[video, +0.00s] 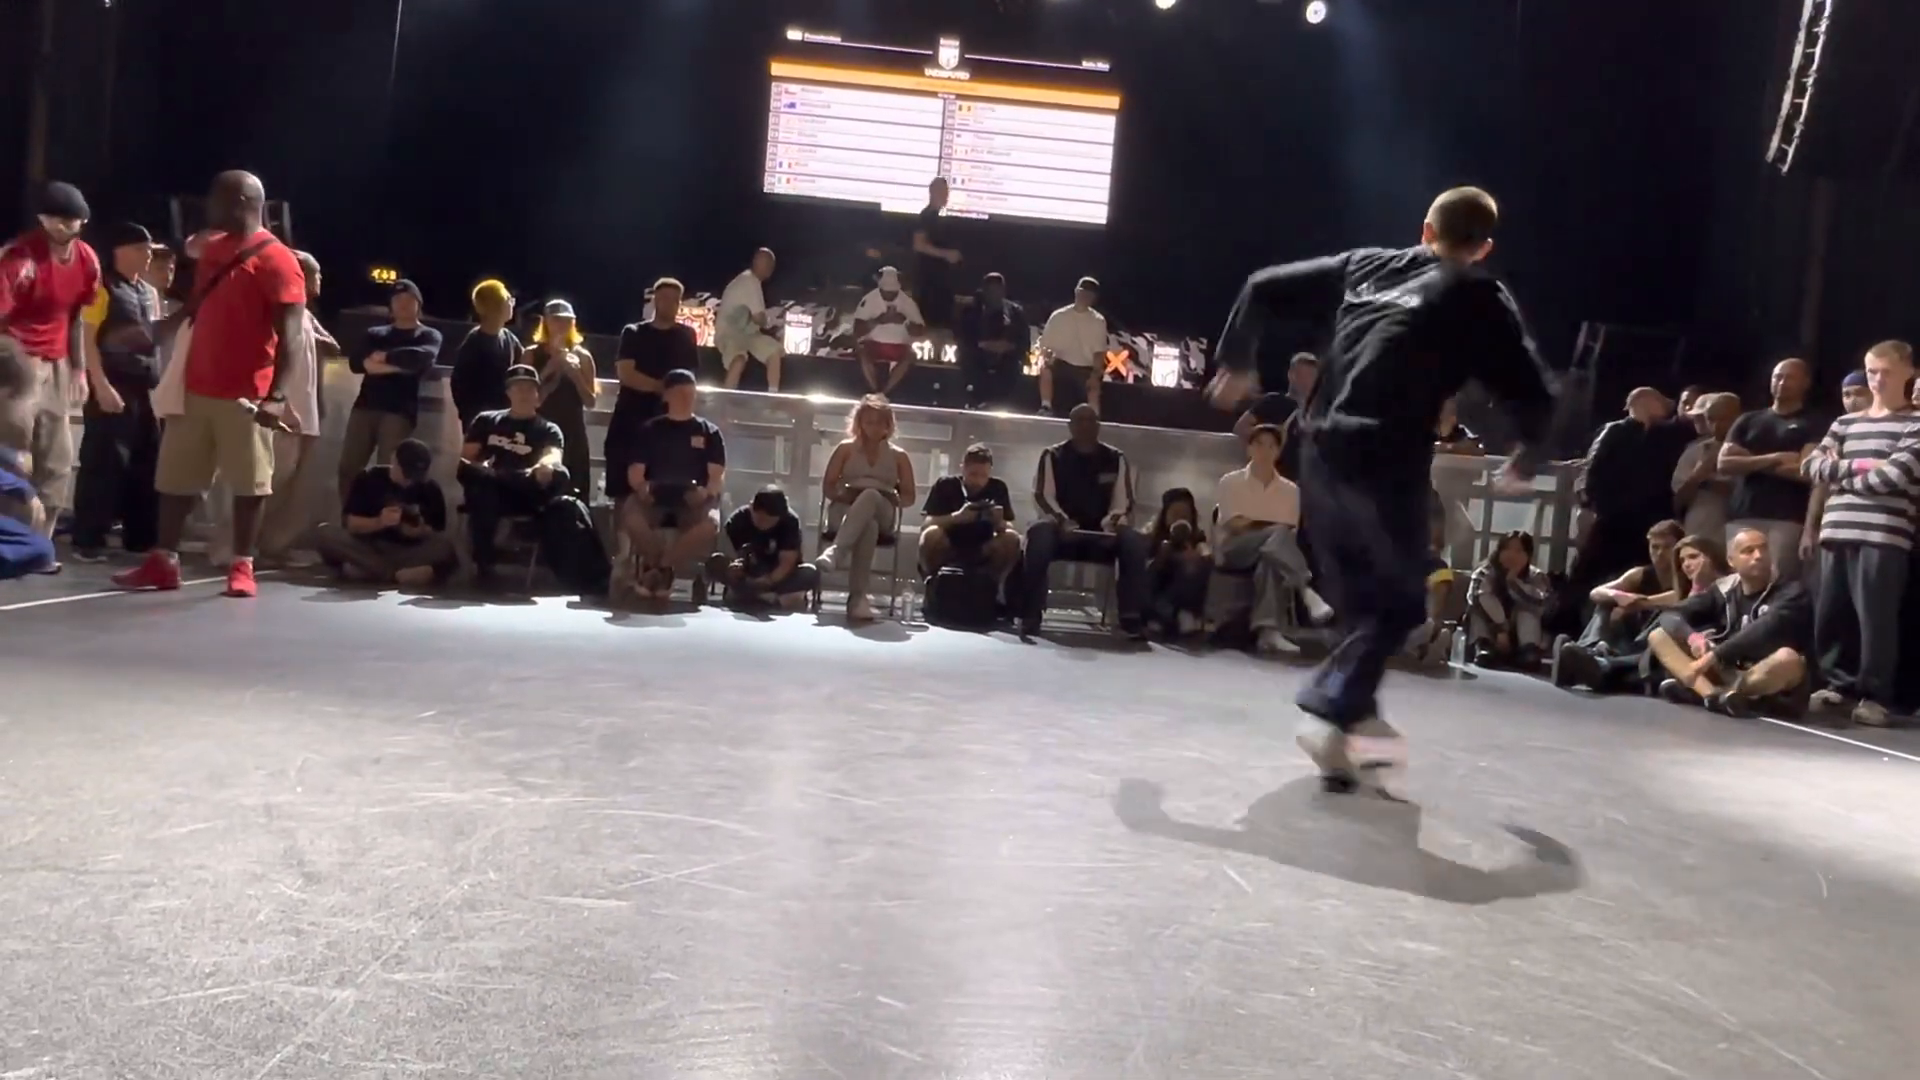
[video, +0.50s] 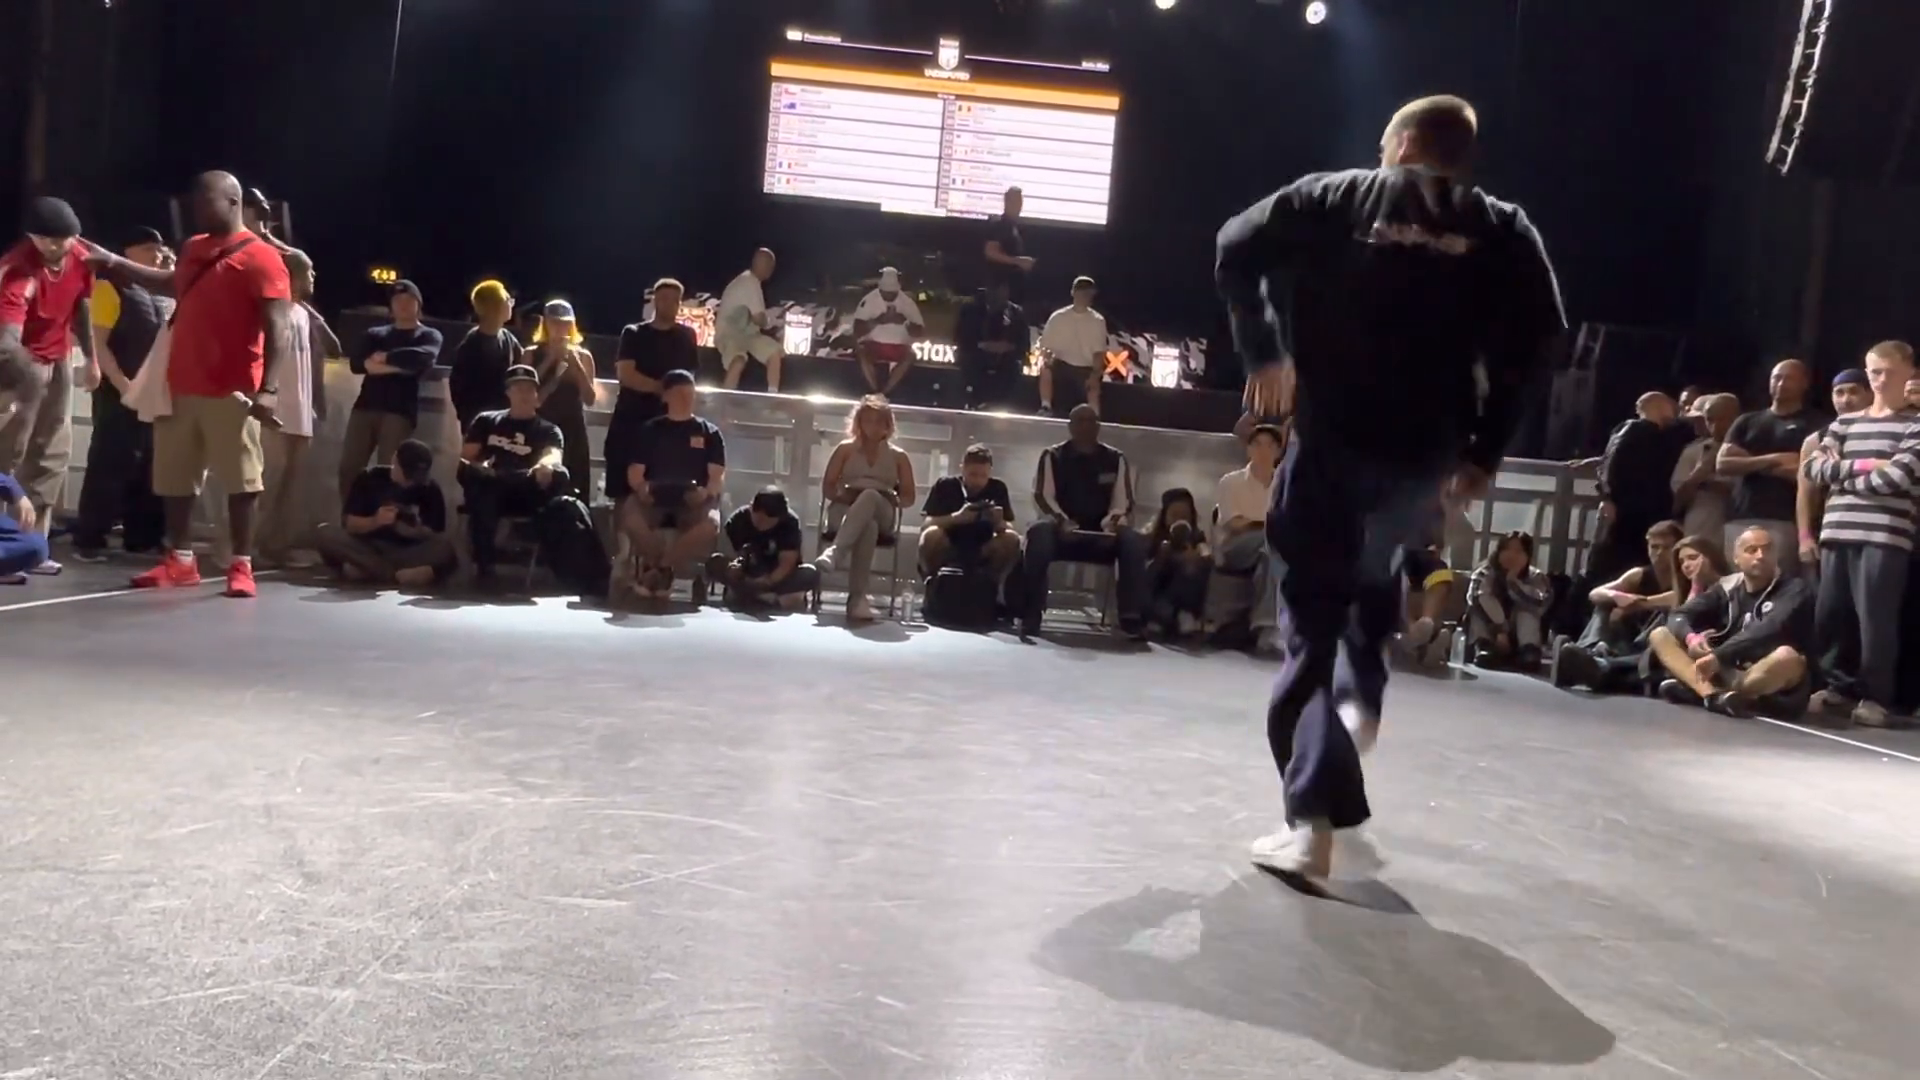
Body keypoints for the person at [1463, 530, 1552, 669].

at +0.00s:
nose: (1511, 556)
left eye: (1518, 551)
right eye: (1506, 550)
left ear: (1528, 557)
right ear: (1499, 553)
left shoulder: (1536, 576)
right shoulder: (1484, 573)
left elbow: (1540, 600)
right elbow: (1478, 597)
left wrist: (1513, 581)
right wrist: (1500, 628)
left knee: (1527, 609)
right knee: (1479, 607)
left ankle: (1529, 648)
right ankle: (1482, 646)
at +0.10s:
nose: (1511, 556)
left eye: (1518, 551)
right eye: (1506, 549)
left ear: (1528, 557)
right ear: (1499, 552)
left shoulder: (1536, 576)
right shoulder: (1484, 573)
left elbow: (1540, 602)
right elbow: (1480, 597)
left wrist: (1513, 582)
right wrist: (1500, 628)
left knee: (1526, 609)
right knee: (1478, 608)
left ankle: (1529, 649)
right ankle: (1482, 646)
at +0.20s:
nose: (1512, 557)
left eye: (1519, 552)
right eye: (1507, 550)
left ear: (1528, 557)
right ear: (1499, 553)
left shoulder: (1537, 577)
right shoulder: (1485, 573)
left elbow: (1541, 603)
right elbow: (1479, 597)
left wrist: (1514, 581)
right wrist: (1501, 628)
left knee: (1527, 610)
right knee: (1479, 607)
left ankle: (1530, 650)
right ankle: (1483, 647)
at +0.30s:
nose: (1512, 555)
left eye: (1519, 551)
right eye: (1506, 549)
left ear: (1528, 556)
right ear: (1499, 552)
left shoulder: (1537, 576)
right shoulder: (1485, 573)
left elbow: (1541, 602)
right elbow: (1479, 598)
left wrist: (1514, 581)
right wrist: (1501, 628)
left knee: (1527, 608)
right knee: (1480, 607)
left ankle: (1530, 650)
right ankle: (1483, 646)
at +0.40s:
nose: (1512, 556)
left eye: (1519, 552)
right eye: (1506, 550)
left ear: (1528, 557)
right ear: (1499, 553)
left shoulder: (1537, 576)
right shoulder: (1485, 573)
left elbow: (1540, 603)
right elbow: (1479, 597)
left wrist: (1513, 582)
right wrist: (1501, 628)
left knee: (1526, 609)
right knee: (1479, 608)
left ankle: (1530, 649)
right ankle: (1483, 646)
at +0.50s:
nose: (1511, 556)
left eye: (1518, 552)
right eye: (1506, 550)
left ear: (1528, 557)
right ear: (1498, 553)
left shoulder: (1536, 577)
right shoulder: (1484, 573)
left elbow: (1540, 602)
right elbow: (1478, 598)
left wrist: (1513, 582)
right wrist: (1500, 629)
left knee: (1526, 610)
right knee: (1479, 608)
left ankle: (1529, 649)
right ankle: (1483, 647)